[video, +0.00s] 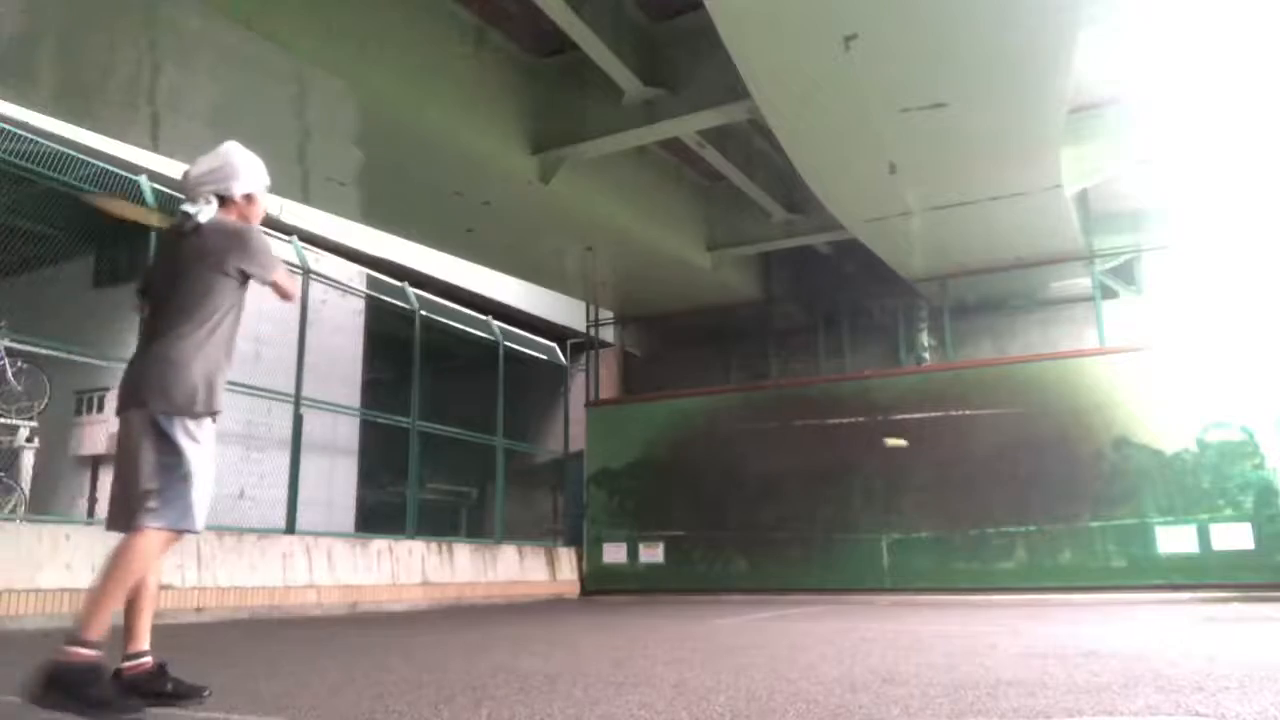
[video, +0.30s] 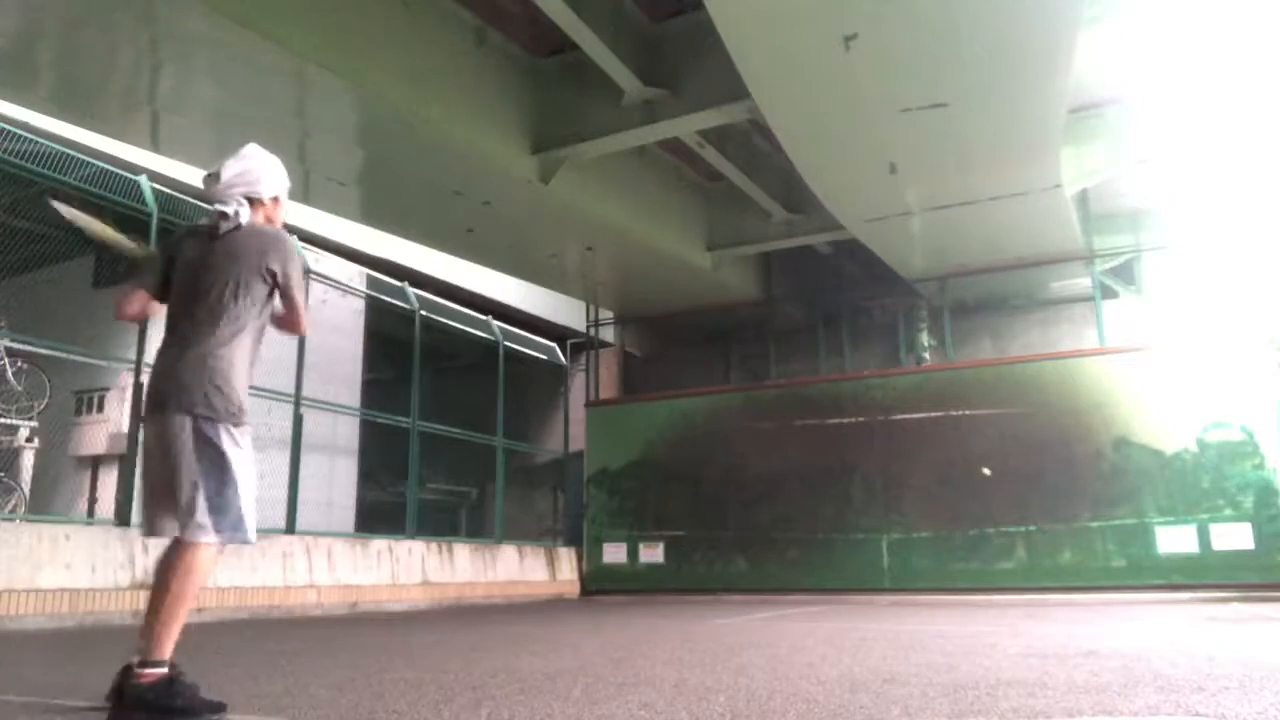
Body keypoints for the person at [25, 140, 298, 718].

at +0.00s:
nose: (263, 210)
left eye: (262, 199)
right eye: (259, 199)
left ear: (210, 198)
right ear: (234, 199)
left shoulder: (174, 241)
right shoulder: (234, 238)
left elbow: (149, 303)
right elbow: (289, 289)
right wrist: (264, 255)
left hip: (144, 391)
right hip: (180, 395)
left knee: (152, 526)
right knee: (165, 520)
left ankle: (137, 664)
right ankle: (79, 657)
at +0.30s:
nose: (283, 214)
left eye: (282, 204)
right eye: (281, 204)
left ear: (228, 198)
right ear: (265, 202)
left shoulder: (186, 241)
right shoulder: (274, 244)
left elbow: (129, 306)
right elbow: (295, 321)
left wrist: (178, 298)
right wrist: (250, 302)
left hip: (165, 397)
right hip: (210, 401)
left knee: (189, 533)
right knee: (206, 533)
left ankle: (145, 669)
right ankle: (153, 671)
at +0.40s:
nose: (290, 212)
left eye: (290, 203)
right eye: (288, 203)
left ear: (235, 196)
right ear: (272, 201)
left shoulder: (196, 240)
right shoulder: (280, 243)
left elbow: (156, 315)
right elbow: (303, 343)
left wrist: (203, 343)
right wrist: (273, 364)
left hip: (179, 394)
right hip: (224, 400)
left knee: (200, 533)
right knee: (204, 534)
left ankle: (178, 663)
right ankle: (148, 673)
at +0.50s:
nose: (301, 212)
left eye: (302, 202)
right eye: (300, 202)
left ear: (246, 197)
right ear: (282, 199)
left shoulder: (214, 246)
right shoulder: (282, 241)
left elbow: (196, 330)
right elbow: (290, 339)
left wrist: (230, 371)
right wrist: (285, 394)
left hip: (199, 392)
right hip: (235, 397)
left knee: (230, 529)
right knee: (203, 529)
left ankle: (208, 652)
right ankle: (149, 671)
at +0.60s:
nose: (311, 219)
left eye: (311, 209)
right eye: (309, 208)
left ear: (261, 203)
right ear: (292, 205)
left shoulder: (237, 250)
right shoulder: (283, 246)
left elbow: (226, 338)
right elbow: (287, 345)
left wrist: (292, 392)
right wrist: (316, 409)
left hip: (222, 405)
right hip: (242, 411)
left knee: (260, 528)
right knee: (206, 531)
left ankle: (246, 655)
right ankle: (149, 673)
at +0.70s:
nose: (325, 232)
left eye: (324, 221)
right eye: (323, 221)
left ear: (279, 215)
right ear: (305, 217)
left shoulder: (267, 260)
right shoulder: (289, 252)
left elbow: (292, 358)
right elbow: (298, 347)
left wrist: (368, 382)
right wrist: (359, 400)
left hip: (258, 425)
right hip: (250, 424)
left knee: (284, 534)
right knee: (213, 535)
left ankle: (279, 655)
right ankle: (152, 671)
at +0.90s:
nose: (361, 248)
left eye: (360, 238)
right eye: (358, 238)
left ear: (329, 235)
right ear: (340, 235)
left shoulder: (331, 281)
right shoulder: (308, 268)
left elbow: (355, 341)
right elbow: (314, 339)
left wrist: (410, 338)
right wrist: (387, 346)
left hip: (308, 425)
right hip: (286, 423)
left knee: (322, 539)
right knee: (289, 527)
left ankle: (287, 657)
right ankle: (208, 643)